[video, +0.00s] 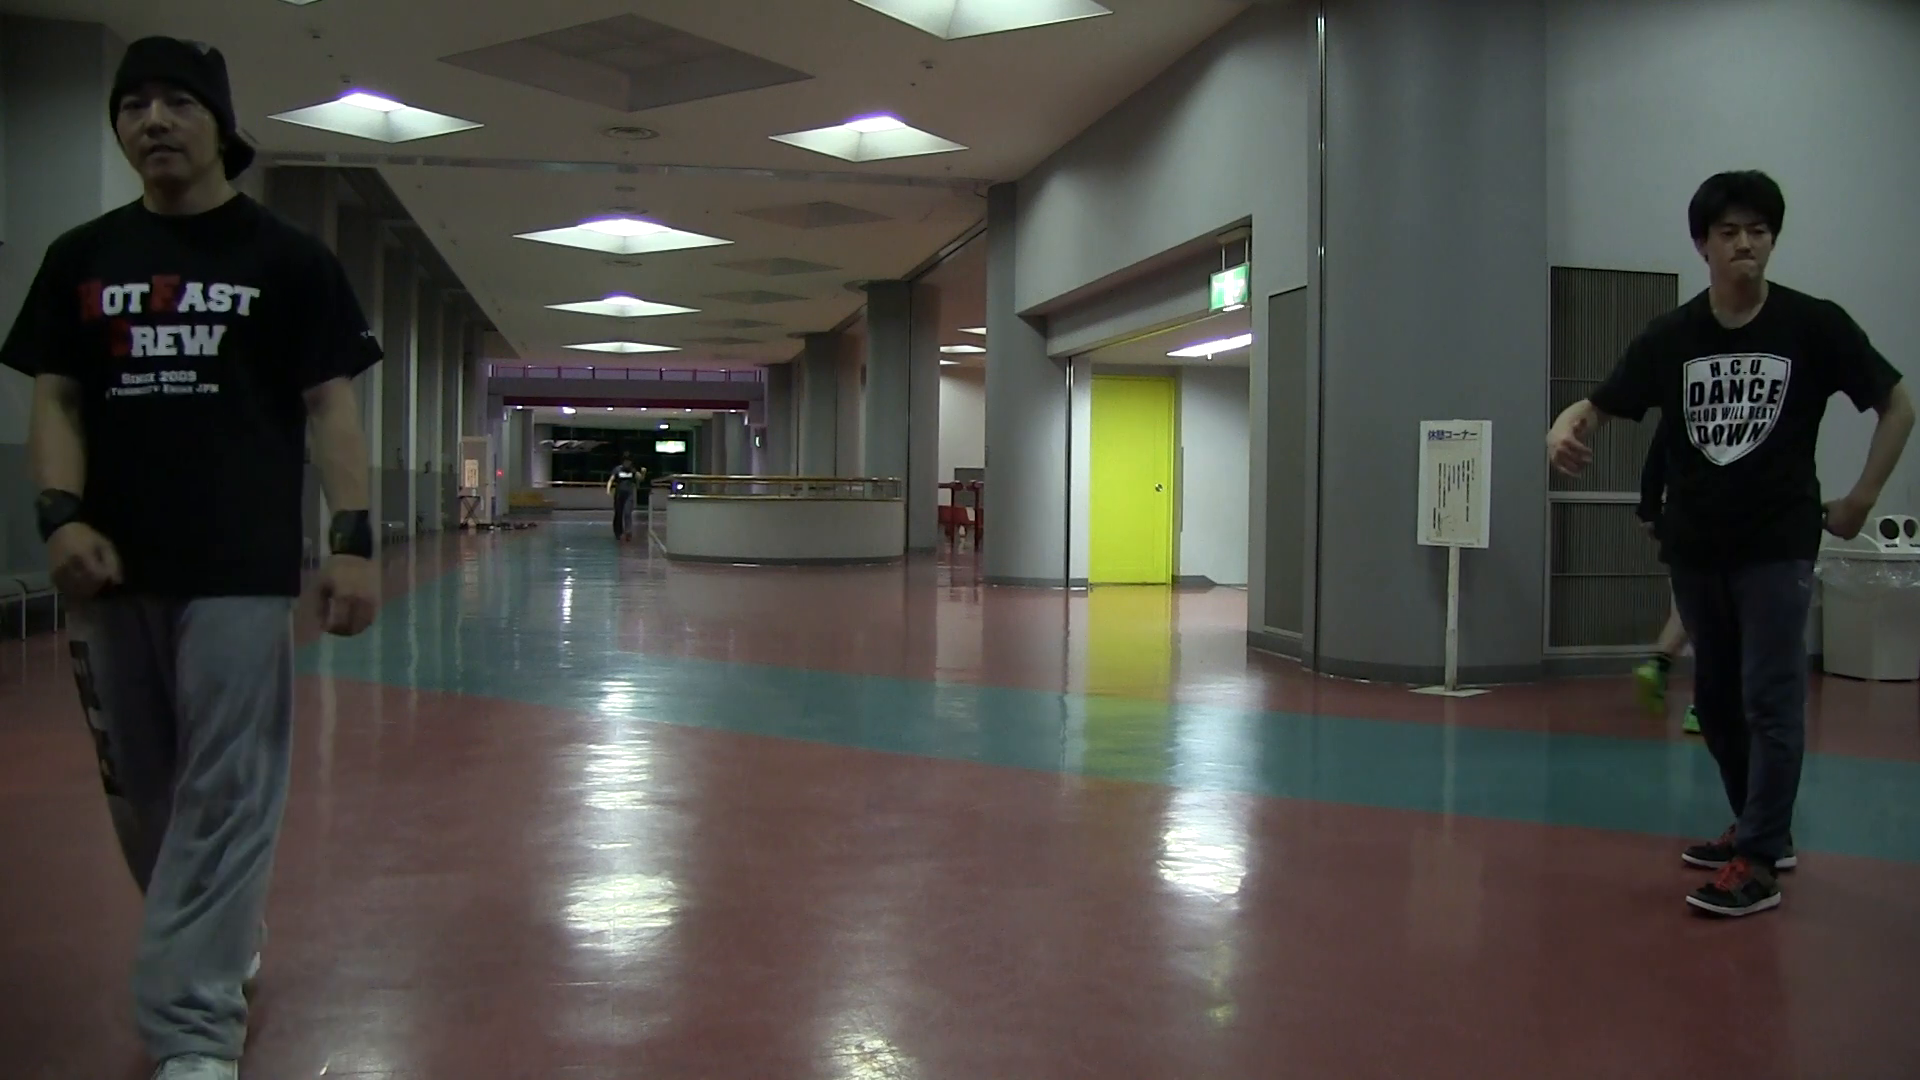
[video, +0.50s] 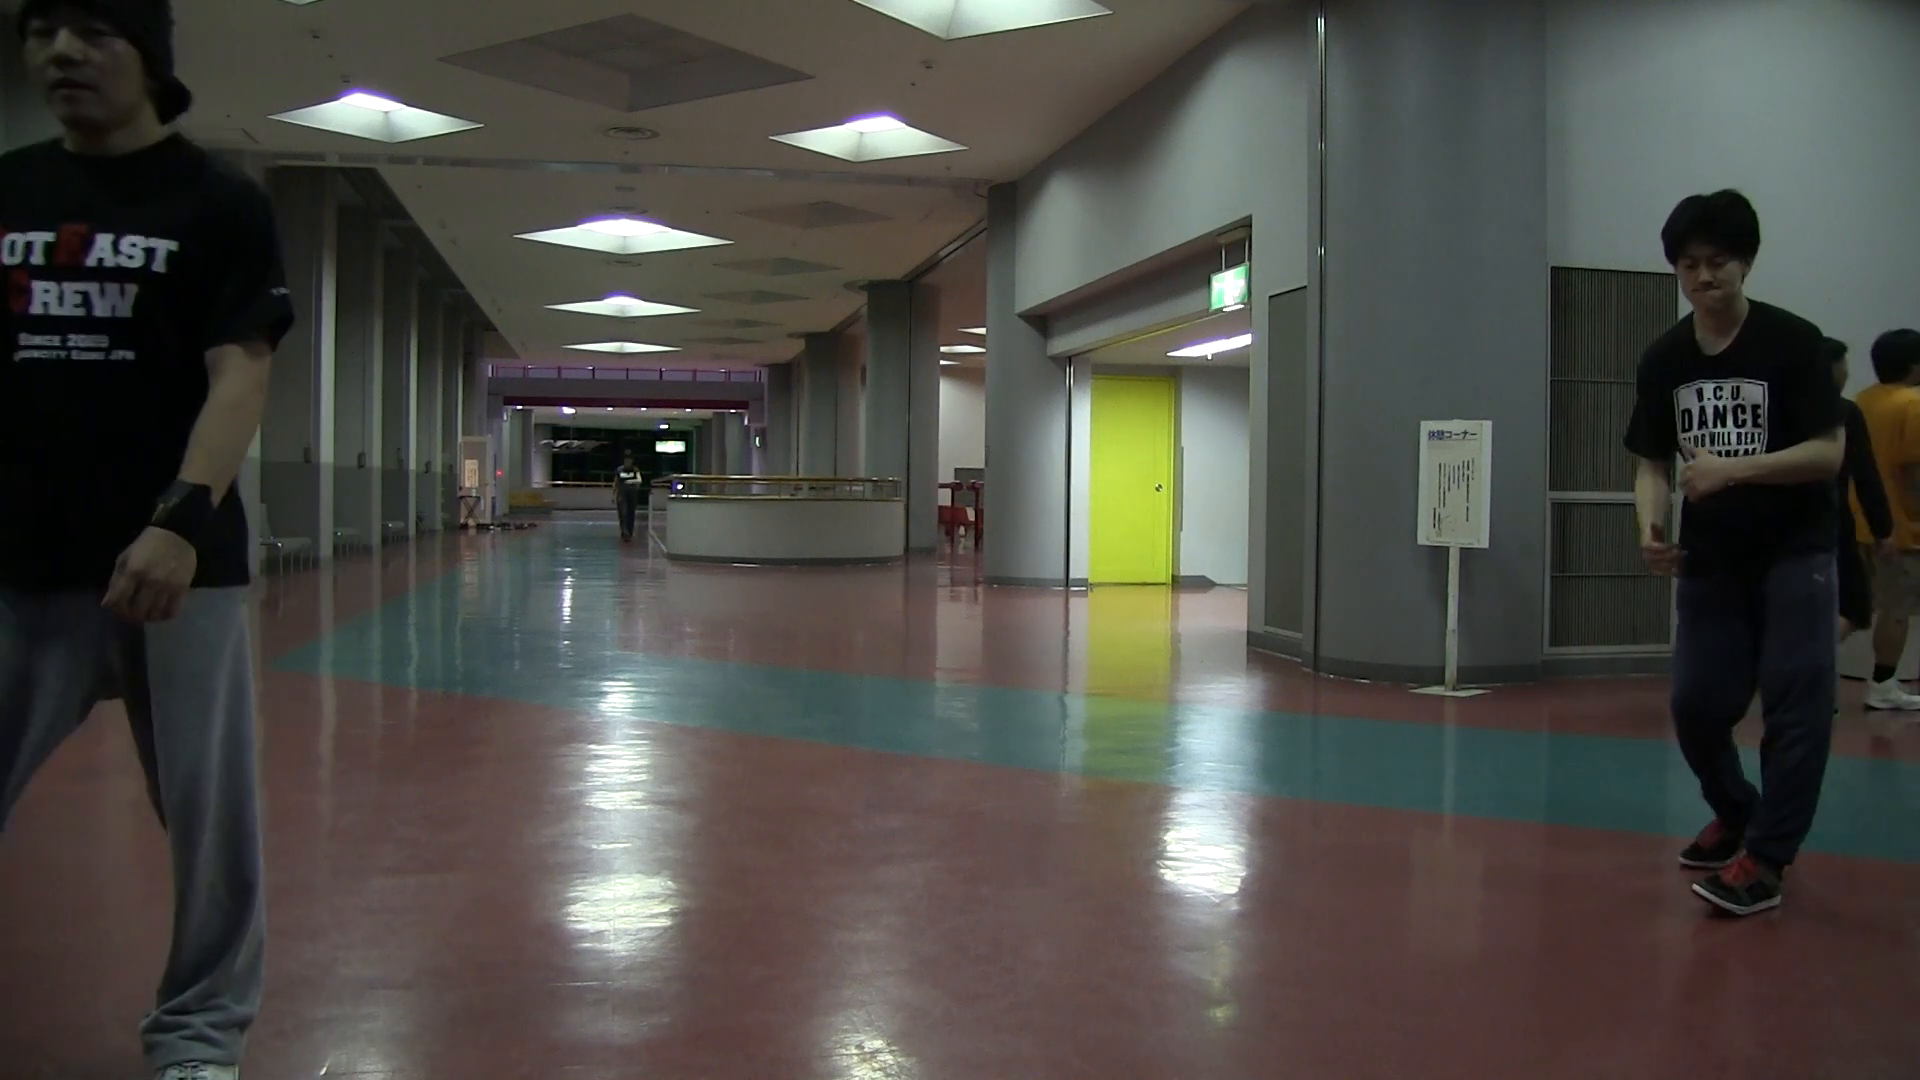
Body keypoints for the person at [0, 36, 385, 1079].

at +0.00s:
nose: (156, 119)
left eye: (179, 102)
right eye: (137, 105)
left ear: (222, 124)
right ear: (117, 131)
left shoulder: (291, 258)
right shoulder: (79, 260)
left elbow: (331, 407)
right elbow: (55, 402)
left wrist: (354, 538)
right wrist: (61, 516)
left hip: (242, 563)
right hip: (112, 564)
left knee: (224, 790)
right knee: (143, 784)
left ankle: (196, 1036)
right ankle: (217, 961)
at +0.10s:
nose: (151, 96)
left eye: (175, 79)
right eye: (134, 81)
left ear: (222, 103)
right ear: (115, 107)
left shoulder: (285, 242)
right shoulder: (74, 238)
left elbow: (318, 398)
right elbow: (37, 393)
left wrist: (320, 547)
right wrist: (19, 529)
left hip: (226, 556)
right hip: (93, 554)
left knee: (216, 788)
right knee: (124, 779)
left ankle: (201, 1030)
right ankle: (210, 963)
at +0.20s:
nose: (142, 77)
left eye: (168, 61)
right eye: (126, 61)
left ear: (218, 90)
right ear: (107, 89)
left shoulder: (276, 228)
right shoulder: (65, 224)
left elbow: (296, 396)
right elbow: (21, 389)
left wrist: (284, 548)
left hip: (210, 548)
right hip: (71, 545)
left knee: (215, 794)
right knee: (57, 766)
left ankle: (200, 1032)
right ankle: (205, 928)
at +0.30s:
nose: (122, 65)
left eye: (151, 48)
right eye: (107, 47)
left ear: (207, 75)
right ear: (90, 71)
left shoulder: (262, 217)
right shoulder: (51, 209)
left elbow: (280, 385)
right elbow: (13, 373)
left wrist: (246, 545)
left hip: (196, 549)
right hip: (54, 541)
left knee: (216, 803)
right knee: (19, 778)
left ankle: (204, 1030)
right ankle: (122, 931)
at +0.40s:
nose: (100, 57)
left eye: (131, 37)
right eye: (84, 37)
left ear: (187, 69)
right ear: (63, 61)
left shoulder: (243, 205)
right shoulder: (27, 198)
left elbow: (260, 375)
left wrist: (205, 534)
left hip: (190, 552)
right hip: (39, 543)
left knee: (215, 803)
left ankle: (200, 1038)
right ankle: (15, 988)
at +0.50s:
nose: (65, 51)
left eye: (96, 31)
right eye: (48, 32)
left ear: (152, 56)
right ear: (30, 54)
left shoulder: (218, 196)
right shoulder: (10, 185)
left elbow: (240, 376)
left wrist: (181, 524)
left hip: (174, 550)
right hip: (28, 549)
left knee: (208, 802)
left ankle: (202, 1035)